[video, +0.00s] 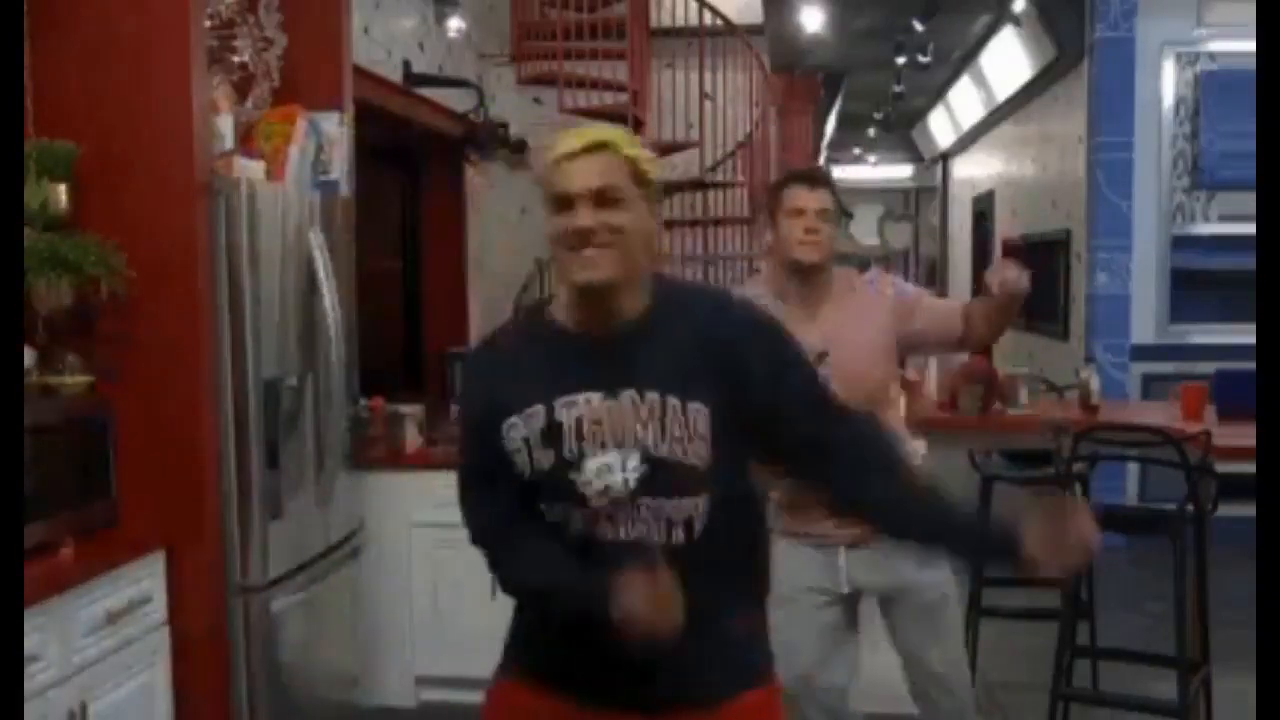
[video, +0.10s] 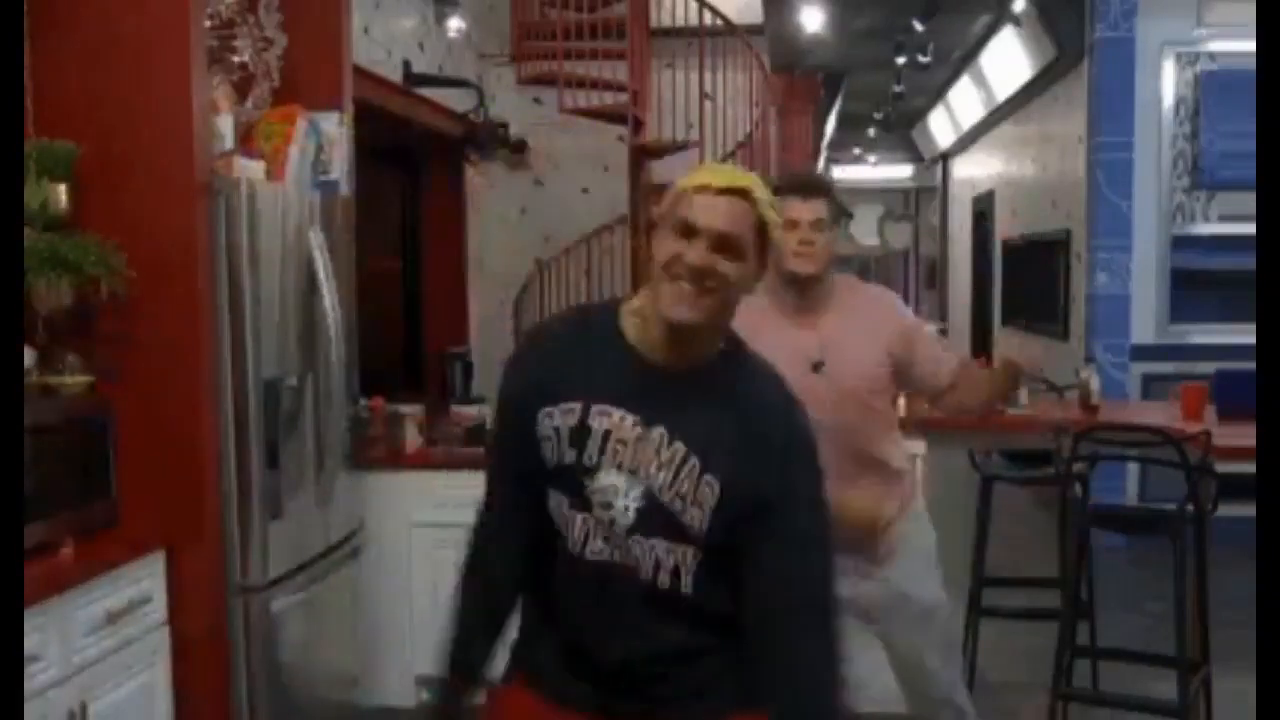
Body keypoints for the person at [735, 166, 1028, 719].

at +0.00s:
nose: (811, 226)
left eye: (823, 216)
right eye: (797, 216)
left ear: (838, 229)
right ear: (772, 232)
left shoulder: (878, 296)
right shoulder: (746, 312)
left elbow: (970, 327)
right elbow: (726, 429)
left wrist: (1003, 300)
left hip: (898, 526)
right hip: (800, 537)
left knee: (945, 689)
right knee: (811, 693)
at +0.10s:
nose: (805, 238)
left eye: (819, 226)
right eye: (790, 226)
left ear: (836, 237)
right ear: (767, 236)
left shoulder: (876, 309)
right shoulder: (740, 323)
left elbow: (952, 389)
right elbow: (725, 449)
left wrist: (1001, 376)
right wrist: (826, 508)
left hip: (893, 533)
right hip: (797, 535)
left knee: (939, 691)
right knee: (870, 701)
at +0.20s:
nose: (789, 231)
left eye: (803, 219)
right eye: (776, 220)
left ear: (823, 229)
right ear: (758, 230)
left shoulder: (868, 301)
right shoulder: (732, 312)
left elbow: (923, 398)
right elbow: (713, 434)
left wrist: (1010, 434)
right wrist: (780, 543)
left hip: (876, 540)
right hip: (775, 547)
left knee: (935, 699)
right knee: (789, 705)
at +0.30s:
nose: (736, 197)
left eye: (750, 184)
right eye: (723, 186)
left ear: (774, 195)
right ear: (705, 201)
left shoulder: (823, 273)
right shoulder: (679, 269)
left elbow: (865, 381)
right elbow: (650, 381)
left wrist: (884, 498)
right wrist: (655, 499)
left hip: (815, 518)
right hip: (708, 521)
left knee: (882, 671)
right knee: (682, 676)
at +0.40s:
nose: (711, 204)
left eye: (724, 191)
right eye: (697, 195)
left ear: (750, 202)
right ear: (681, 209)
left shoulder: (798, 282)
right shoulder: (657, 281)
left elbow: (827, 403)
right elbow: (628, 394)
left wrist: (809, 525)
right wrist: (625, 511)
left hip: (783, 519)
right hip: (682, 525)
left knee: (849, 668)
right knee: (678, 685)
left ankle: (884, 712)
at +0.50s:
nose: (688, 218)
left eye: (701, 206)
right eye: (675, 209)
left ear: (728, 218)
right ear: (661, 225)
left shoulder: (777, 301)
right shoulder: (631, 305)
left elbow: (793, 425)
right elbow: (603, 412)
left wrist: (734, 517)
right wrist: (602, 519)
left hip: (757, 515)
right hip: (653, 523)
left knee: (821, 664)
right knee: (623, 671)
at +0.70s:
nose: (653, 216)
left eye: (665, 202)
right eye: (640, 208)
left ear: (696, 210)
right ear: (631, 223)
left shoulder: (758, 293)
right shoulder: (612, 289)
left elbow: (760, 412)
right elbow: (544, 356)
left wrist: (664, 415)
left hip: (718, 513)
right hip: (617, 504)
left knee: (715, 665)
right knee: (584, 650)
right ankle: (590, 716)